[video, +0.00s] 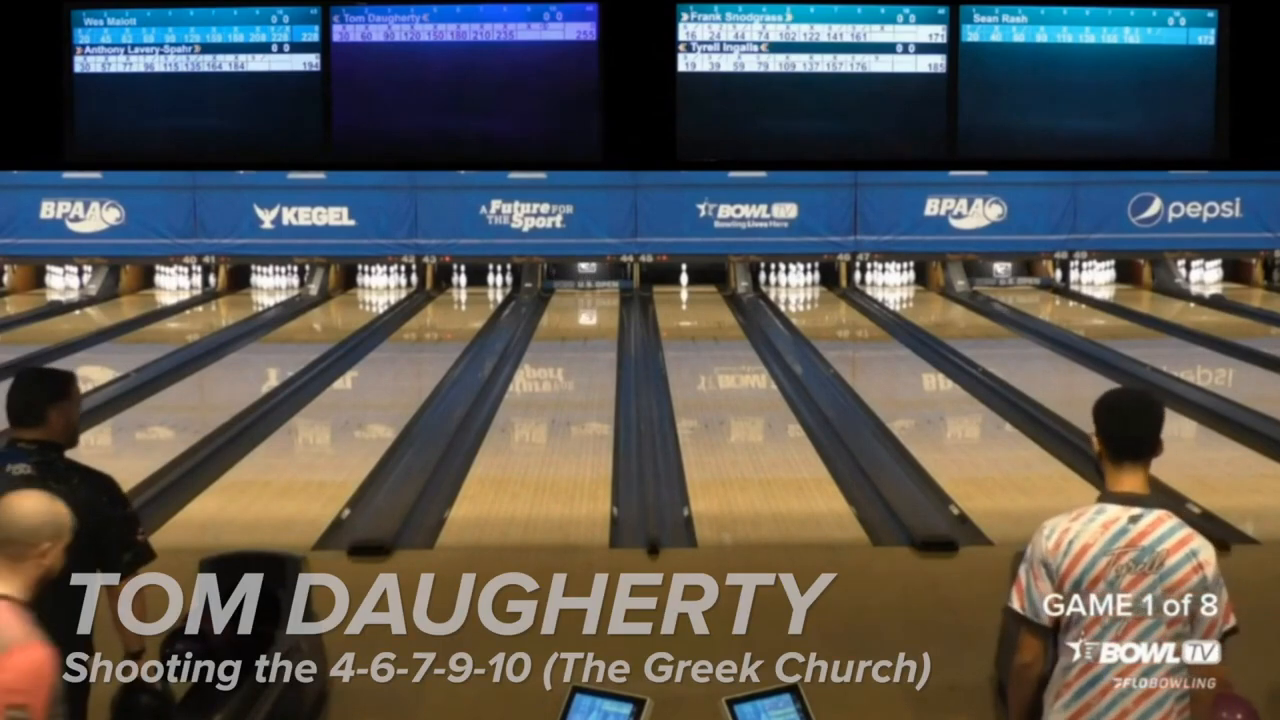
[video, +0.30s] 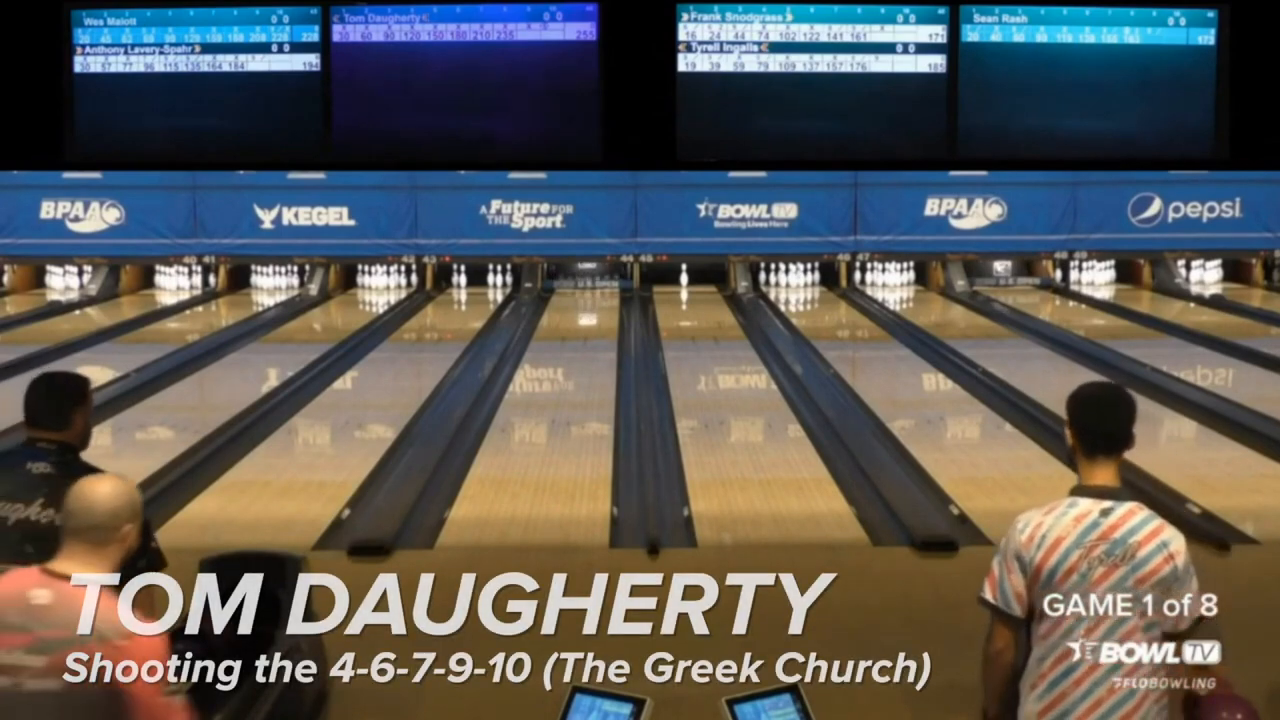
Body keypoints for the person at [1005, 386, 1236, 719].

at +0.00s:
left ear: (1096, 446)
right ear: (1159, 449)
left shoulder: (1055, 538)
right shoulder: (1195, 549)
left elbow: (1029, 660)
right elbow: (1207, 671)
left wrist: (1020, 712)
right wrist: (1198, 715)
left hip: (1071, 709)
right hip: (1162, 712)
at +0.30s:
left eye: (1067, 429)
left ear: (1070, 437)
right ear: (1130, 442)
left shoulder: (1031, 532)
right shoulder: (1167, 541)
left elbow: (1001, 647)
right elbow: (1180, 642)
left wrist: (994, 710)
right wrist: (1178, 711)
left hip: (1048, 708)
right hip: (1138, 710)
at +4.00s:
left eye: (1057, 405)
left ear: (1059, 412)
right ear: (1116, 420)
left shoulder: (1020, 499)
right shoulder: (1143, 512)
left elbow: (983, 602)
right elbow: (1149, 614)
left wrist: (984, 666)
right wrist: (1141, 674)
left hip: (1026, 687)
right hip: (1104, 695)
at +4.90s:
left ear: (1070, 415)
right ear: (1126, 423)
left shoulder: (1031, 497)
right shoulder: (1152, 514)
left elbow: (991, 600)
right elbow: (1154, 614)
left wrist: (988, 667)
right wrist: (1137, 673)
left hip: (1032, 685)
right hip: (1109, 694)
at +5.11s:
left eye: (1057, 406)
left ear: (1060, 412)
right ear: (1117, 419)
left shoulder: (1022, 500)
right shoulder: (1144, 513)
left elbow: (988, 601)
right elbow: (1150, 615)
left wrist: (985, 671)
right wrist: (1136, 674)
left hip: (1029, 691)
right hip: (1106, 696)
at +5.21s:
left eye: (1050, 403)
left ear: (1053, 412)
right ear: (1112, 415)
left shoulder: (1017, 498)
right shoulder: (1138, 510)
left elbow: (983, 601)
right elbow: (1148, 612)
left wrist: (981, 675)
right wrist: (1130, 672)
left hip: (1026, 689)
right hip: (1101, 695)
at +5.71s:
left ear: (1014, 414)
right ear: (1066, 412)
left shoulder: (989, 503)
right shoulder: (1104, 498)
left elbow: (966, 612)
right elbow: (1122, 578)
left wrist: (970, 689)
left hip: (1023, 679)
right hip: (1093, 678)